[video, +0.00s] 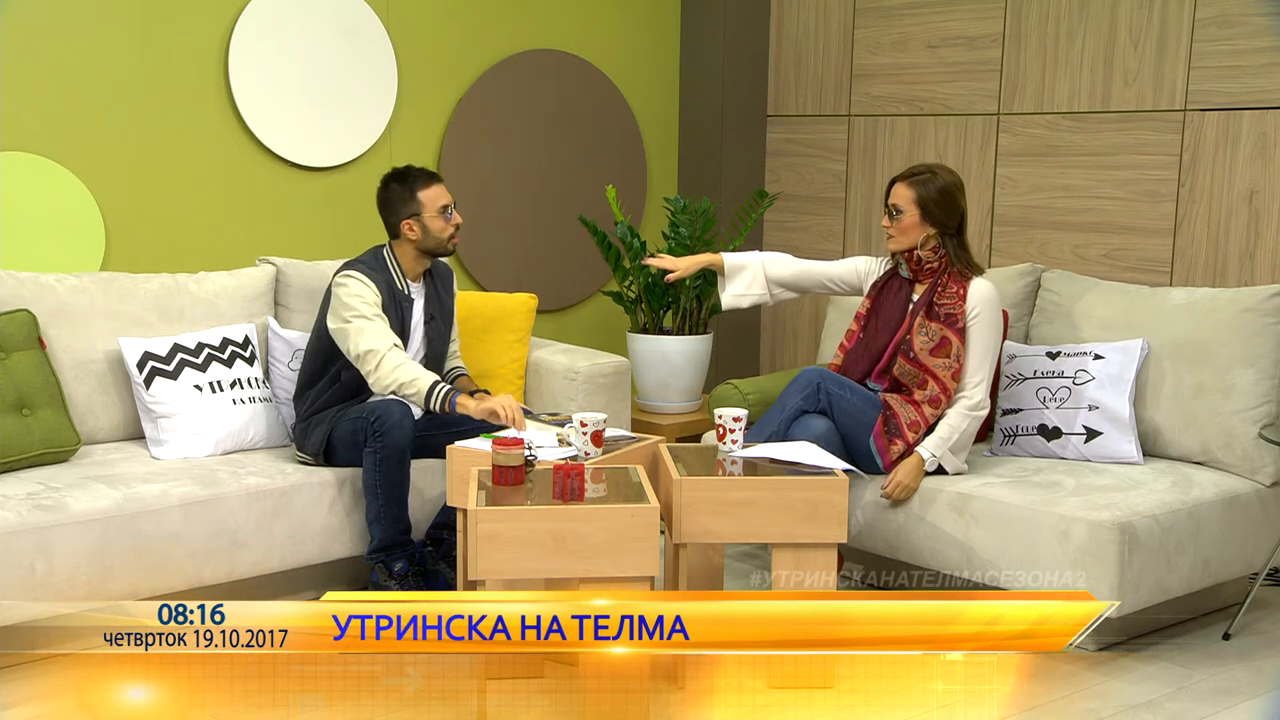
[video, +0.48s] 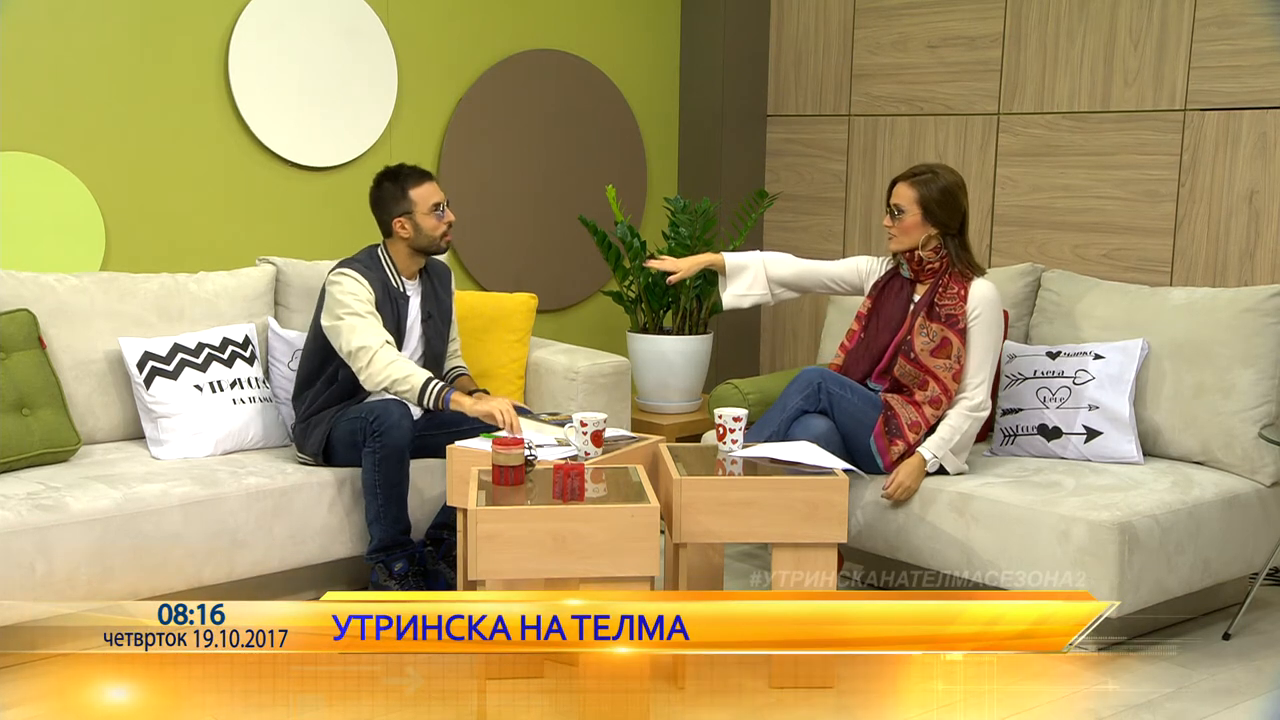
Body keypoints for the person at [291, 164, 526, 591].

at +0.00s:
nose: (457, 221)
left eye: (454, 209)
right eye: (445, 214)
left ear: (416, 229)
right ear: (409, 229)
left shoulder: (441, 277)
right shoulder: (355, 284)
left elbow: (448, 360)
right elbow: (385, 363)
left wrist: (479, 398)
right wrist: (460, 403)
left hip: (407, 419)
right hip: (330, 423)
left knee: (499, 430)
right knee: (393, 413)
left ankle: (440, 550)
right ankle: (392, 561)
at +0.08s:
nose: (459, 221)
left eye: (455, 210)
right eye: (446, 214)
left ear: (418, 228)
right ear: (410, 229)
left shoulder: (442, 276)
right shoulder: (356, 284)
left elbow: (450, 359)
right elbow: (386, 365)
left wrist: (477, 397)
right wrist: (460, 406)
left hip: (408, 418)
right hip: (331, 423)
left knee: (497, 428)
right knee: (393, 414)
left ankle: (440, 549)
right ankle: (392, 560)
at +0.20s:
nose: (458, 221)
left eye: (454, 210)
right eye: (445, 214)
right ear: (409, 229)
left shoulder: (443, 276)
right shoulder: (355, 284)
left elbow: (452, 359)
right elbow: (384, 366)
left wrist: (477, 396)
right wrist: (461, 406)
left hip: (408, 418)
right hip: (331, 423)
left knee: (498, 429)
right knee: (391, 415)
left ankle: (440, 549)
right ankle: (392, 561)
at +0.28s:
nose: (455, 221)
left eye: (452, 209)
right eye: (443, 214)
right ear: (407, 229)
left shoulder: (442, 276)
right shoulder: (353, 284)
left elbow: (451, 360)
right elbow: (382, 365)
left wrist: (476, 396)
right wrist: (461, 405)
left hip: (408, 418)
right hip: (330, 424)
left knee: (498, 429)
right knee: (391, 414)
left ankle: (440, 549)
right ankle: (392, 560)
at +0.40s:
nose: (452, 219)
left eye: (449, 208)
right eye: (439, 213)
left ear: (408, 228)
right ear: (404, 228)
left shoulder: (440, 275)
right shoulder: (351, 282)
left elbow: (450, 360)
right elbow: (379, 364)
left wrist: (476, 396)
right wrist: (460, 403)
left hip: (408, 419)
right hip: (331, 424)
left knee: (498, 428)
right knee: (391, 414)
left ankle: (440, 548)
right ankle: (392, 560)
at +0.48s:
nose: (450, 219)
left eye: (447, 207)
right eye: (437, 212)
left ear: (406, 228)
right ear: (402, 227)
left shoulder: (438, 274)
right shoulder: (349, 281)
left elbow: (450, 359)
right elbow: (377, 362)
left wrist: (477, 397)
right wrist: (460, 402)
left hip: (409, 419)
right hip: (331, 424)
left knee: (498, 426)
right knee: (391, 414)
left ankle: (441, 547)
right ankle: (392, 560)